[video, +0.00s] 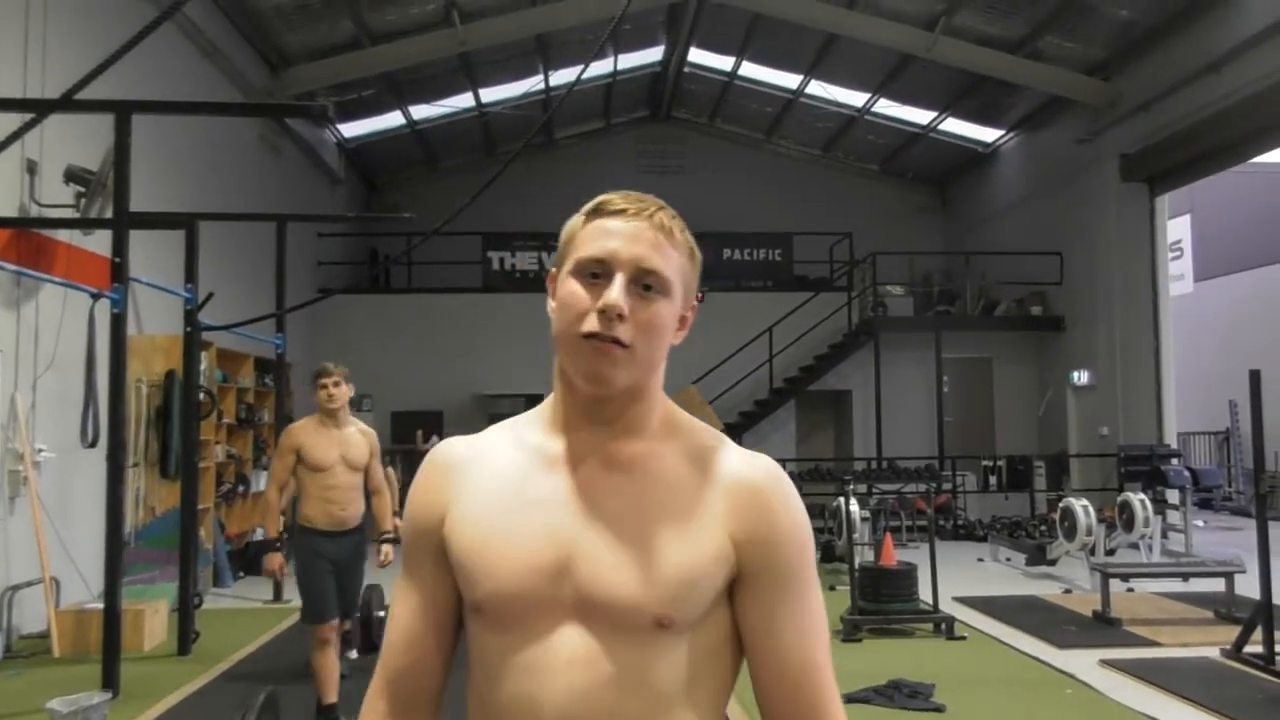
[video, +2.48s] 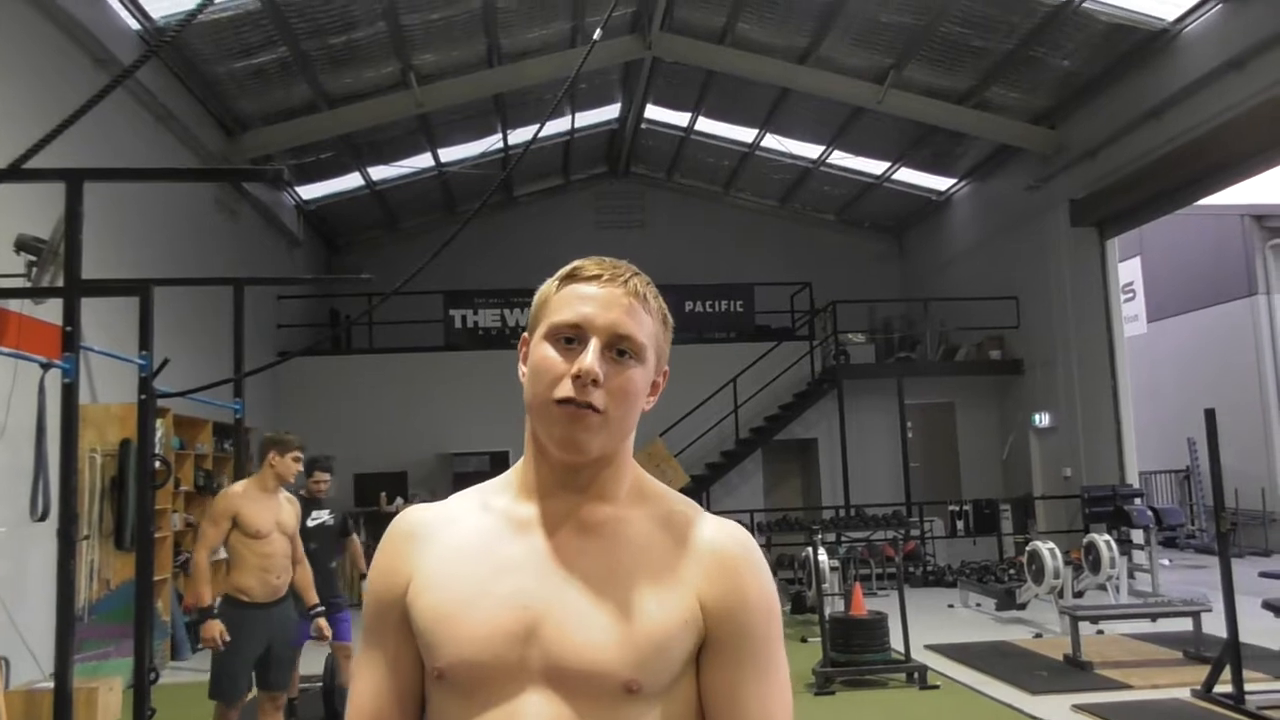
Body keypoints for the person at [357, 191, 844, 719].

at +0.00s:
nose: (612, 302)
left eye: (646, 287)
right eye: (592, 274)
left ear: (682, 323)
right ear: (553, 294)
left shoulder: (750, 494)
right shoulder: (455, 475)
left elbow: (808, 711)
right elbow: (397, 703)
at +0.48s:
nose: (619, 319)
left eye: (653, 300)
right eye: (598, 292)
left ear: (693, 332)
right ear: (562, 314)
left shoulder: (757, 515)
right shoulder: (460, 485)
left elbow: (795, 713)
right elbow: (401, 710)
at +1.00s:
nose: (578, 333)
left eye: (612, 313)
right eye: (558, 307)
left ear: (659, 343)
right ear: (528, 326)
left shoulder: (729, 525)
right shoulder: (435, 507)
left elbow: (769, 713)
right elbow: (383, 714)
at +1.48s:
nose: (573, 351)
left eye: (608, 331)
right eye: (554, 323)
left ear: (650, 360)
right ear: (519, 337)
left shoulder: (720, 535)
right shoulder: (427, 526)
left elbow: (765, 710)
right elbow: (387, 713)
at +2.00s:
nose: (591, 360)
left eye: (625, 342)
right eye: (571, 330)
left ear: (659, 379)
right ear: (533, 348)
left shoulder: (727, 547)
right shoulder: (428, 532)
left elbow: (775, 714)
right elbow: (379, 715)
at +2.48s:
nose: (587, 369)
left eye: (620, 351)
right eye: (567, 340)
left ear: (653, 389)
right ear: (524, 360)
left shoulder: (721, 561)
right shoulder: (417, 543)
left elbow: (761, 708)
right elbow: (372, 710)